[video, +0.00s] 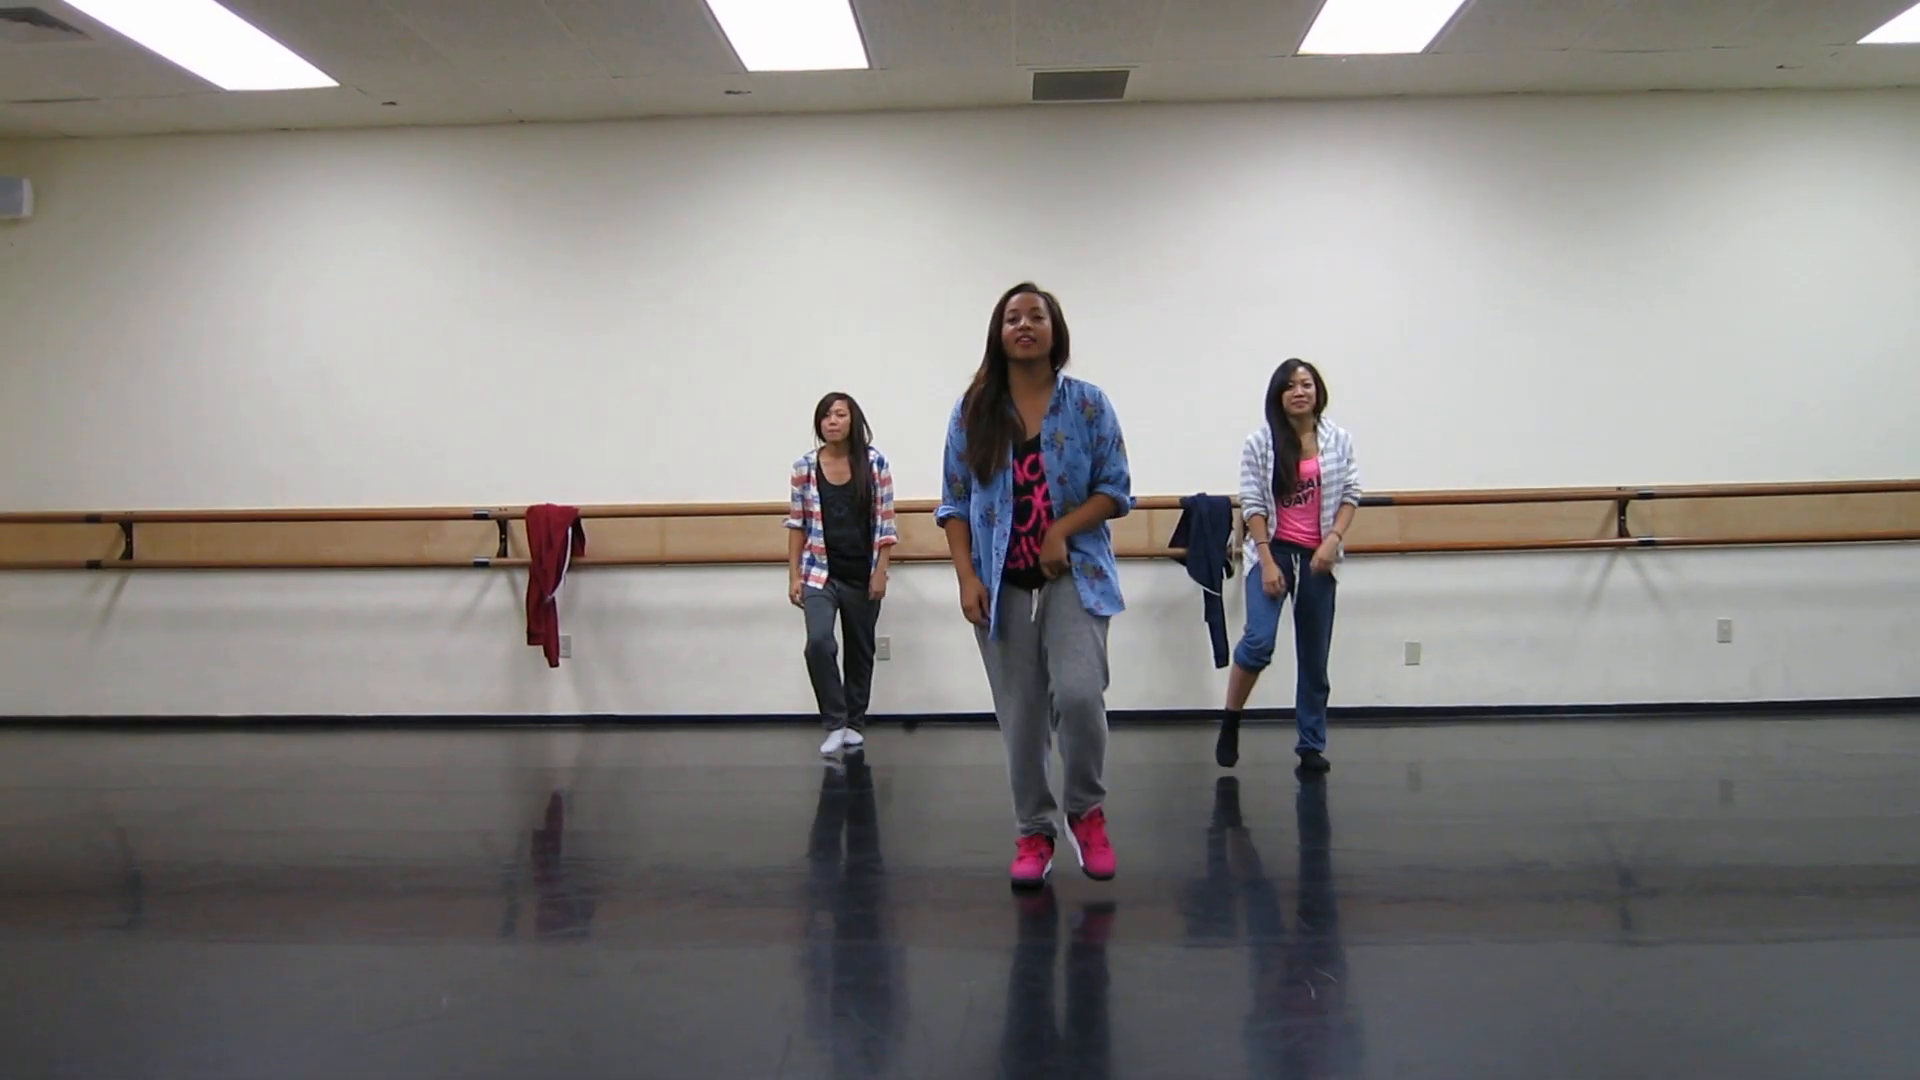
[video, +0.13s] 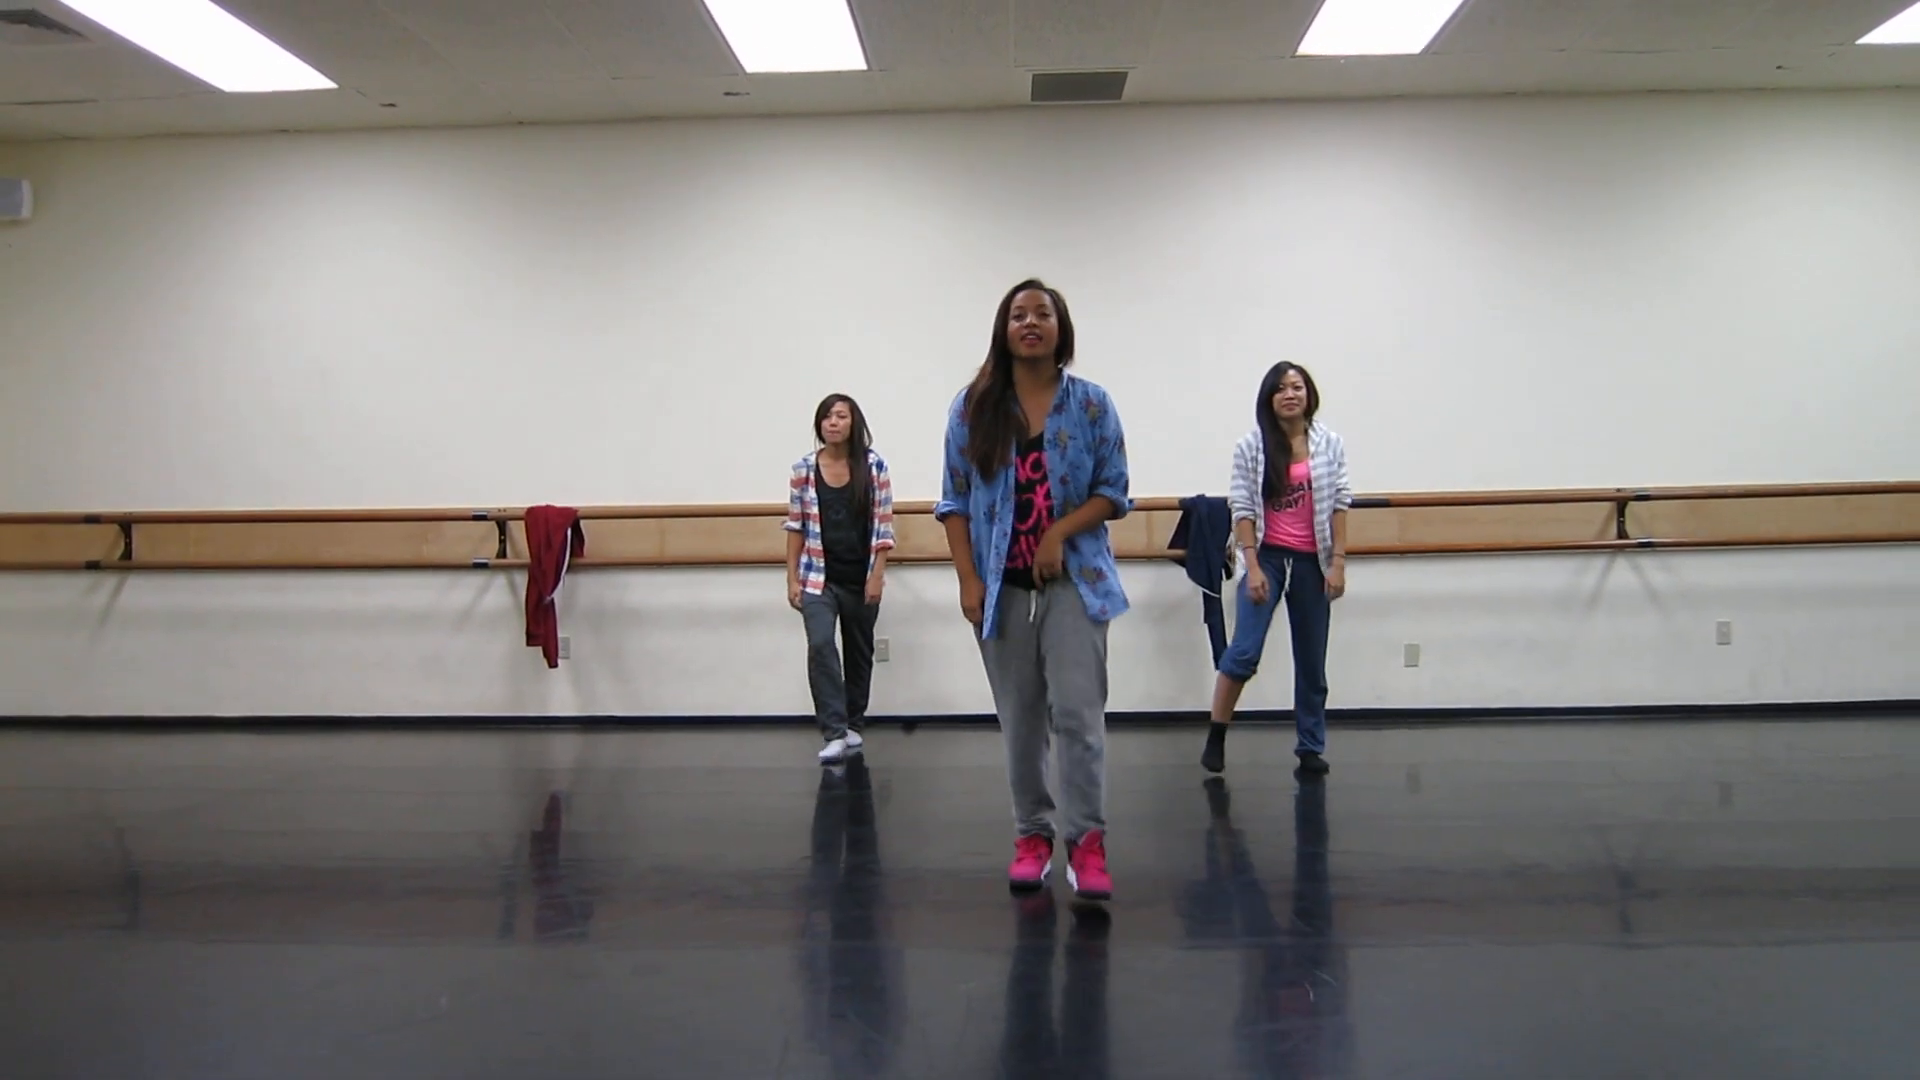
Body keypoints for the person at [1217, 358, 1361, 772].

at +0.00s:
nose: (1300, 391)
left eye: (1306, 384)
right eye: (1291, 386)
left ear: (1318, 391)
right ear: (1278, 395)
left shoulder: (1337, 438)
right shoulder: (1260, 442)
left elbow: (1351, 495)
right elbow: (1252, 505)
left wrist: (1333, 539)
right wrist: (1266, 560)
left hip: (1318, 555)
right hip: (1271, 551)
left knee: (1314, 659)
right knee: (1259, 644)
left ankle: (1311, 747)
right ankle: (1230, 722)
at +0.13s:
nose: (1291, 394)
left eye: (1297, 387)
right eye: (1282, 389)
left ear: (1309, 394)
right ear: (1269, 398)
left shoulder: (1328, 442)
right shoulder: (1251, 446)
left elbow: (1339, 504)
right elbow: (1242, 509)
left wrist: (1337, 560)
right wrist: (1252, 566)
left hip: (1313, 562)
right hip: (1265, 559)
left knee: (1312, 664)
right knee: (1244, 653)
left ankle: (1310, 751)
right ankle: (1216, 735)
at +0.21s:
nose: (1282, 398)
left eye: (1289, 391)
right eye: (1274, 392)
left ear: (1302, 398)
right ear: (1261, 402)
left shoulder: (1320, 447)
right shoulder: (1242, 450)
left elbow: (1333, 510)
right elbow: (1233, 514)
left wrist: (1340, 566)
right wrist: (1239, 570)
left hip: (1306, 565)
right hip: (1258, 562)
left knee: (1309, 665)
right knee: (1235, 659)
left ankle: (1309, 752)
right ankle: (1210, 746)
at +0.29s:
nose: (1270, 400)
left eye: (1278, 393)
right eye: (1261, 394)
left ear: (1291, 402)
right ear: (1249, 404)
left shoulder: (1310, 450)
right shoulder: (1230, 452)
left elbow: (1325, 512)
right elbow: (1219, 517)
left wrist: (1336, 567)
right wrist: (1222, 574)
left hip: (1295, 568)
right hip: (1243, 567)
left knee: (1302, 667)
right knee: (1226, 665)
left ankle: (1307, 754)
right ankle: (1208, 752)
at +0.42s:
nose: (1252, 398)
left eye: (1260, 392)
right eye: (1243, 393)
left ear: (1272, 401)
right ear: (1231, 402)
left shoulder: (1292, 450)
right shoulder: (1212, 451)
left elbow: (1307, 511)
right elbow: (1197, 515)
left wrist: (1321, 565)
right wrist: (1199, 574)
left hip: (1275, 567)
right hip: (1225, 565)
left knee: (1290, 663)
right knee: (1212, 665)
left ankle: (1304, 752)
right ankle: (1205, 754)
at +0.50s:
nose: (1243, 396)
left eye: (1251, 390)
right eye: (1234, 390)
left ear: (1263, 399)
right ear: (1221, 400)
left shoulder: (1282, 448)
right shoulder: (1201, 449)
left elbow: (1296, 509)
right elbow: (1187, 512)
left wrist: (1305, 564)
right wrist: (1187, 569)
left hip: (1265, 567)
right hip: (1214, 566)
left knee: (1283, 661)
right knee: (1206, 665)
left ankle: (1297, 746)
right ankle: (1203, 754)